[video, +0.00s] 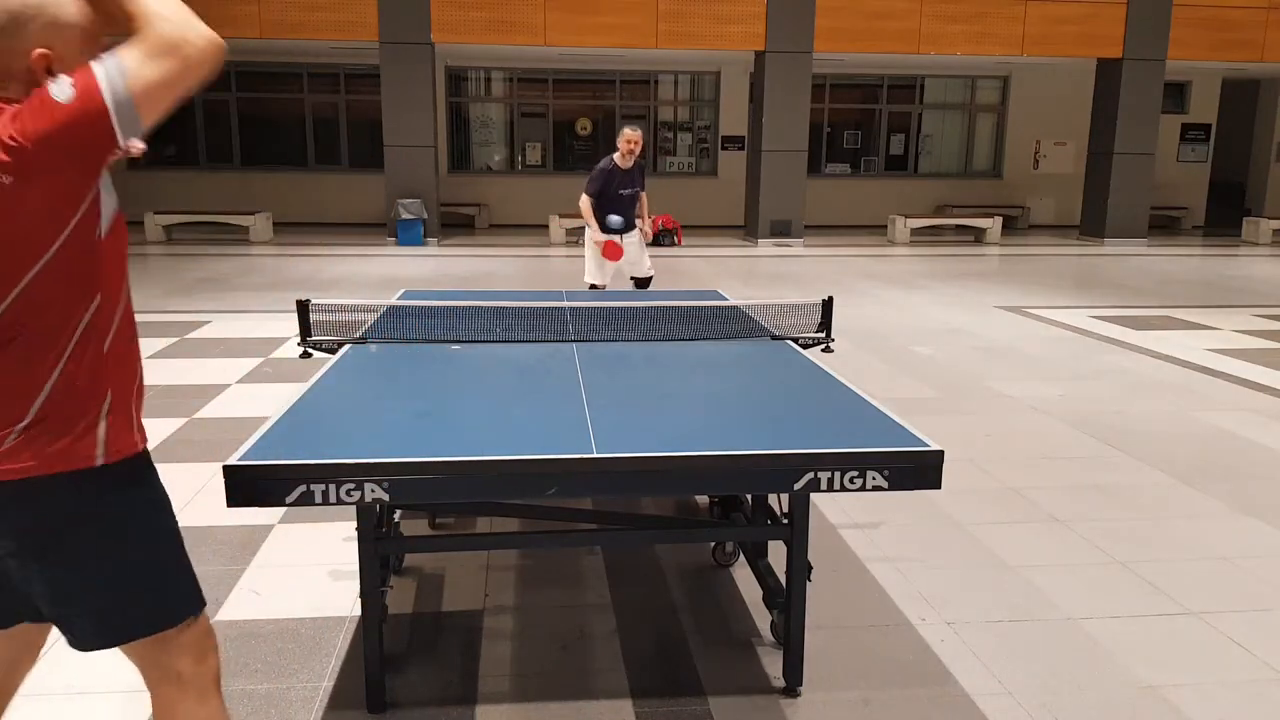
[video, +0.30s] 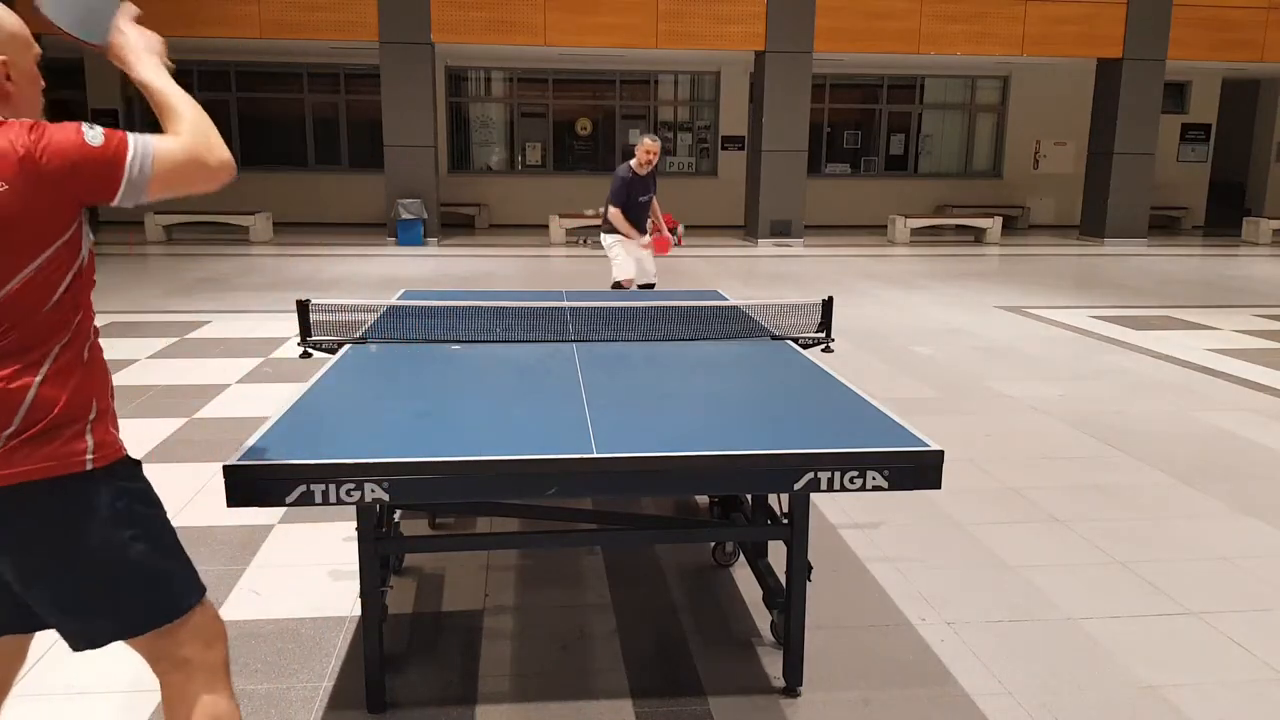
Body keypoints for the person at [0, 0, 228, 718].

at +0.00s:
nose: (100, 65)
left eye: (97, 50)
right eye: (88, 50)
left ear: (27, 65)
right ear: (42, 64)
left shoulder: (21, 130)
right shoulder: (40, 136)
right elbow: (191, 45)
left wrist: (92, 135)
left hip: (17, 461)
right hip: (78, 465)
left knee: (12, 644)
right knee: (185, 661)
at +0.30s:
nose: (42, 77)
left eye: (37, 62)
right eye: (32, 64)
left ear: (1, 74)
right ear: (2, 74)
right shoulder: (36, 153)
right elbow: (209, 160)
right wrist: (147, 65)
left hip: (14, 474)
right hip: (62, 471)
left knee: (1, 659)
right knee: (194, 659)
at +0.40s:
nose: (67, 83)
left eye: (64, 69)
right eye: (60, 68)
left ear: (13, 78)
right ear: (28, 75)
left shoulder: (10, 159)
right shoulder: (47, 164)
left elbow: (16, 267)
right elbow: (231, 201)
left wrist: (82, 248)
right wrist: (195, 104)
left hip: (6, 482)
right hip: (60, 481)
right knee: (204, 666)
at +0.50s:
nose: (114, 89)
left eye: (109, 73)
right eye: (106, 74)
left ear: (14, 85)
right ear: (75, 85)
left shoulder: (9, 162)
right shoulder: (70, 180)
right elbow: (253, 260)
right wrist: (250, 157)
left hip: (7, 492)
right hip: (66, 496)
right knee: (209, 670)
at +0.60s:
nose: (172, 109)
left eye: (170, 93)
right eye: (168, 93)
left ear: (71, 98)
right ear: (140, 101)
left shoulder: (12, 178)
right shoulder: (119, 205)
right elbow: (266, 334)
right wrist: (308, 230)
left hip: (12, 501)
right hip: (88, 510)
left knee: (25, 661)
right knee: (237, 681)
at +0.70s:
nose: (231, 131)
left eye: (228, 113)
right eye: (227, 113)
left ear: (122, 116)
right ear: (202, 123)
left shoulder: (39, 194)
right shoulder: (158, 230)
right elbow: (263, 393)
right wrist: (342, 323)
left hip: (15, 498)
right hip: (108, 510)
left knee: (70, 636)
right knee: (259, 681)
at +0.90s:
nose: (283, 144)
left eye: (282, 127)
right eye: (281, 126)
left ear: (178, 118)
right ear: (256, 132)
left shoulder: (98, 183)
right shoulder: (192, 236)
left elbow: (124, 313)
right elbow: (242, 422)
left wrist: (235, 316)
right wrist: (349, 389)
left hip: (24, 489)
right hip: (110, 505)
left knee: (83, 654)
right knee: (284, 660)